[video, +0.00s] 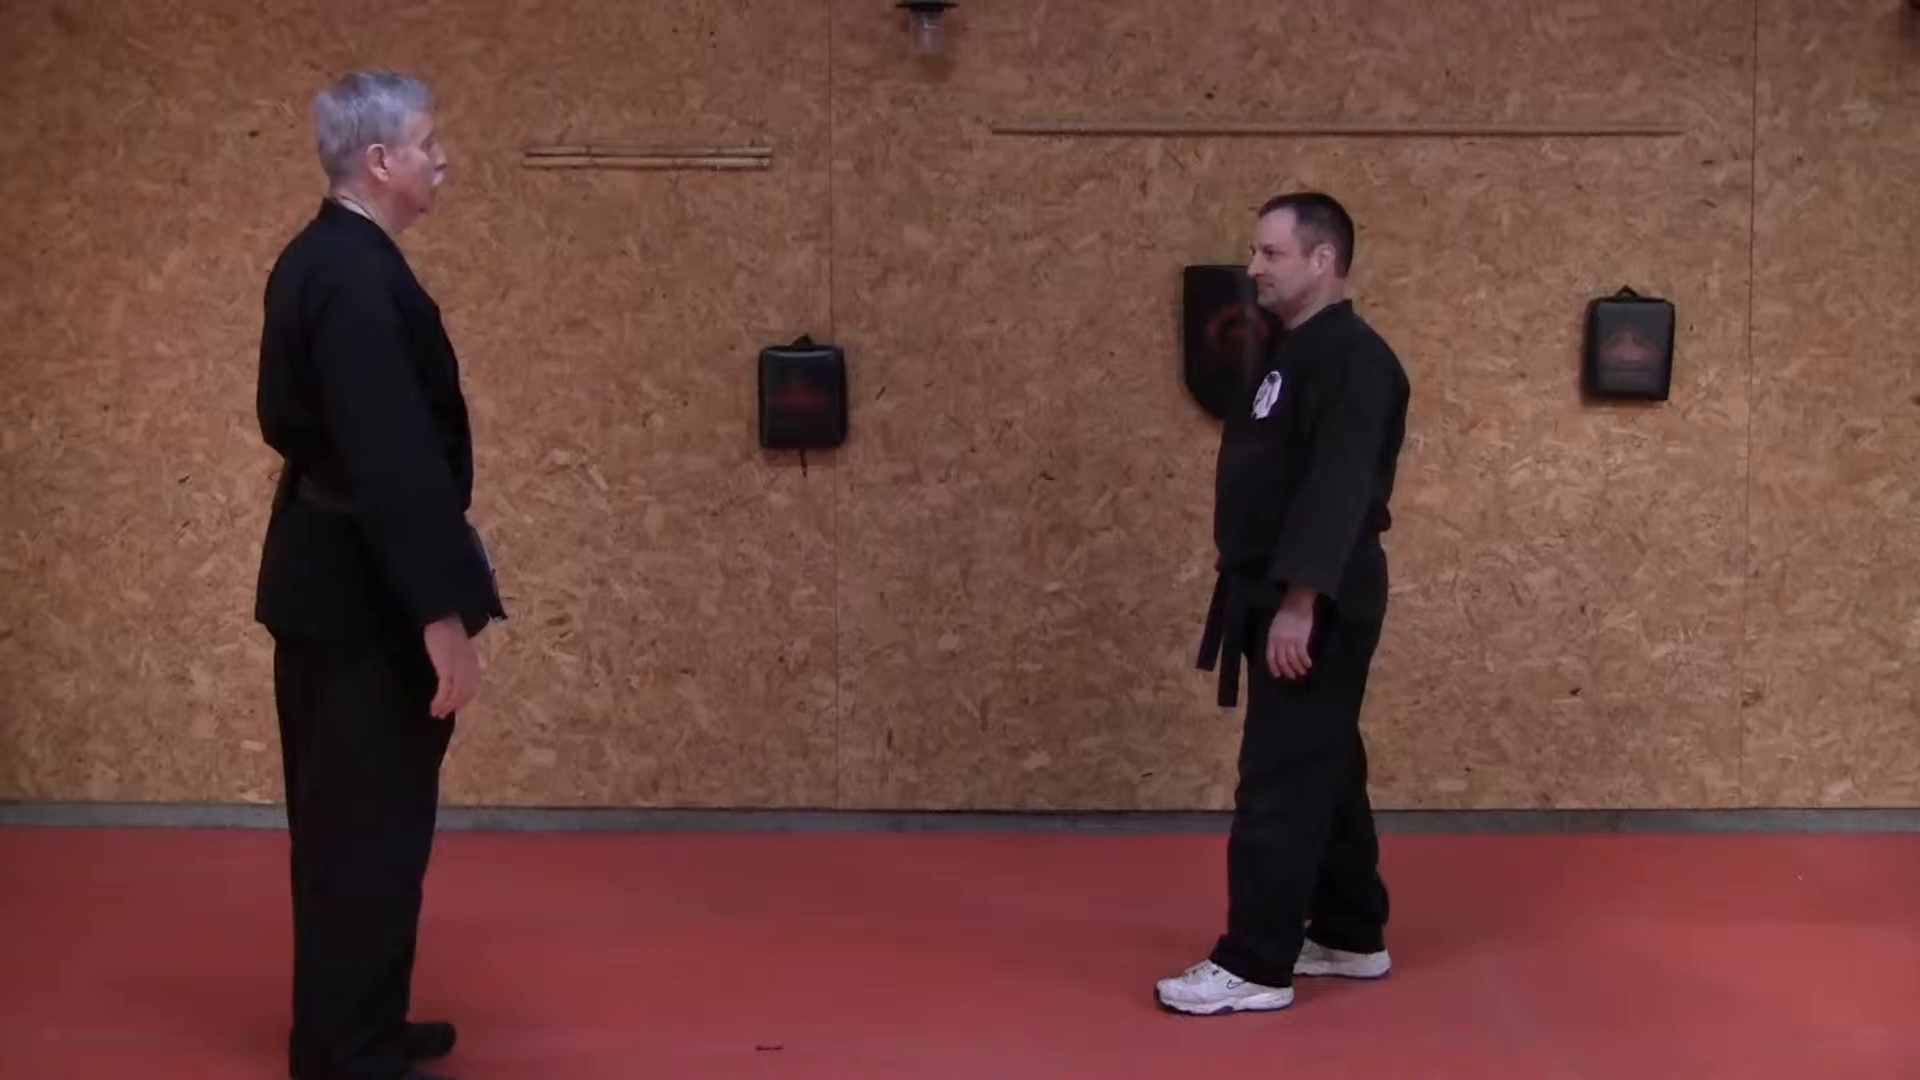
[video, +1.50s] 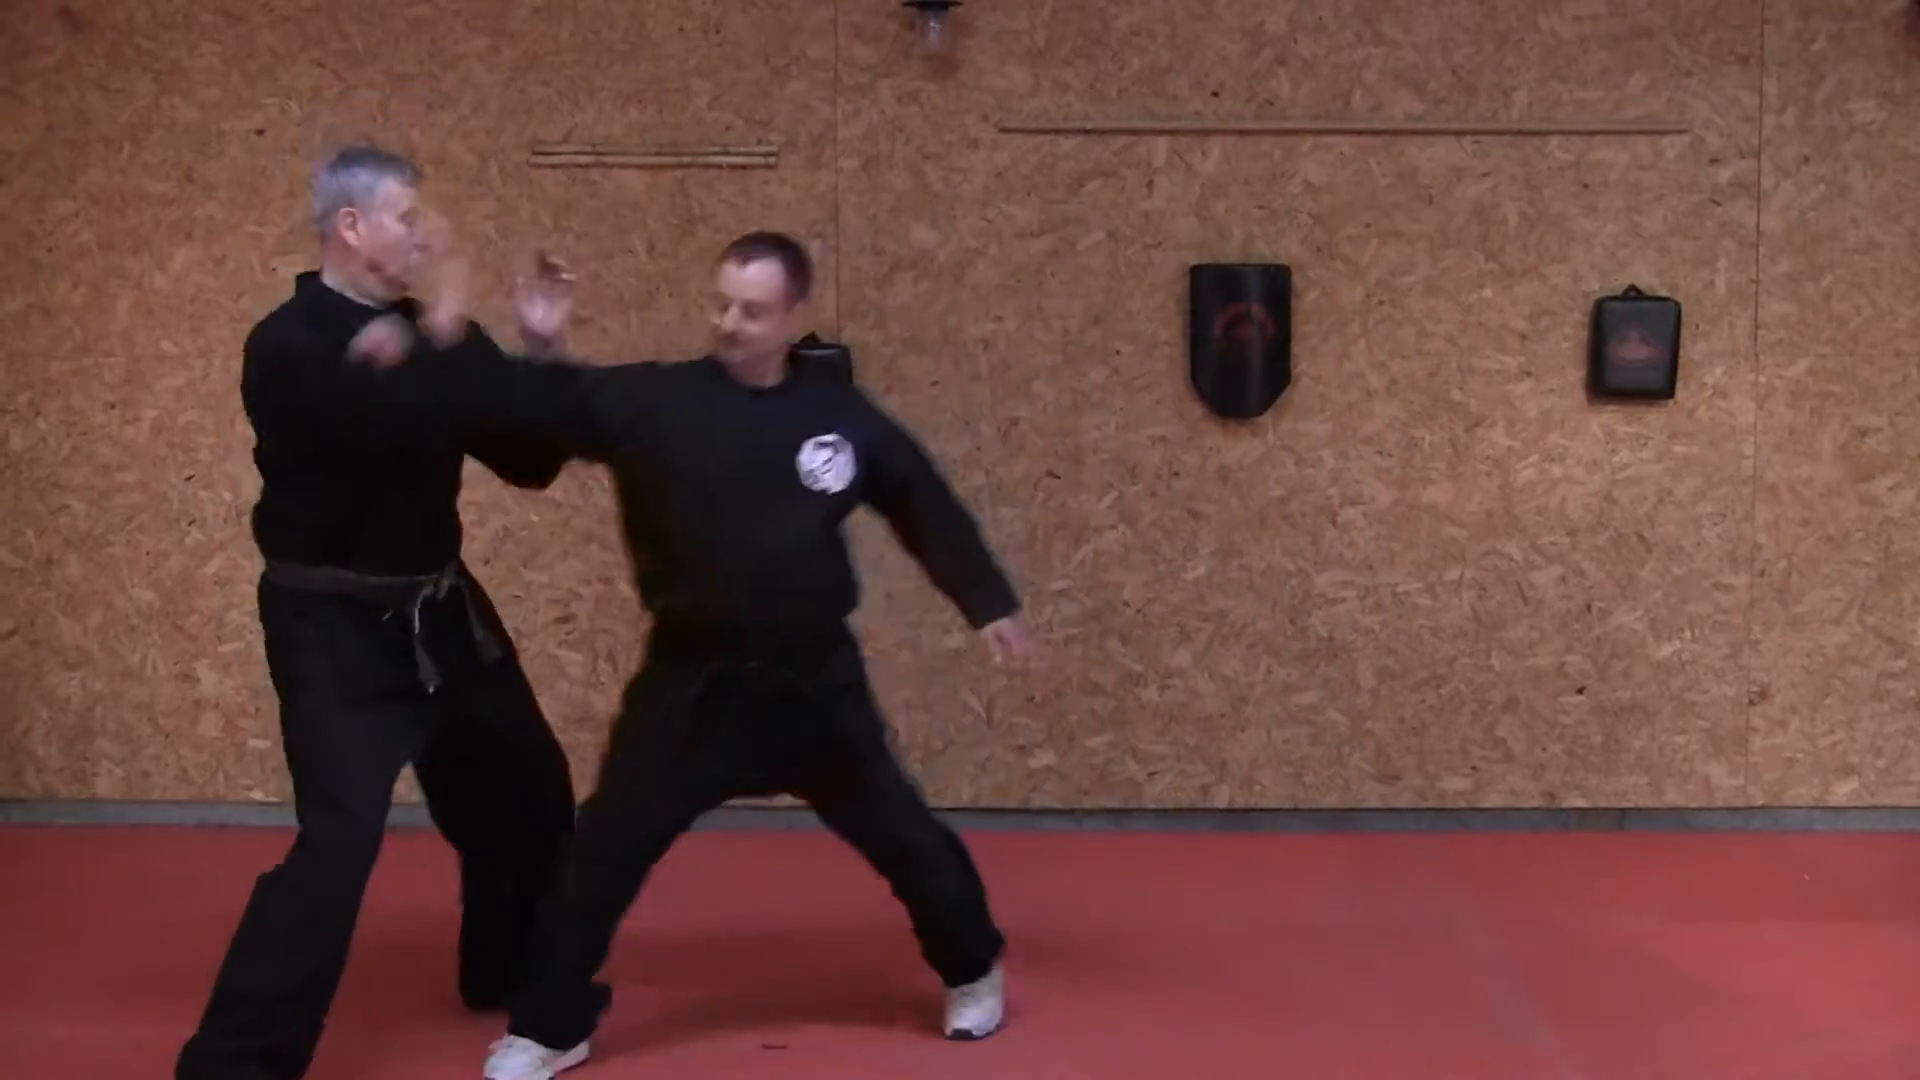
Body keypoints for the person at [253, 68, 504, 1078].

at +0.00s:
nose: (443, 163)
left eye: (437, 143)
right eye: (429, 145)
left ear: (361, 161)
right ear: (379, 160)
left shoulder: (317, 259)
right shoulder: (358, 274)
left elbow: (297, 428)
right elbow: (393, 459)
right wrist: (442, 617)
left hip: (330, 583)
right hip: (363, 596)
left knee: (354, 823)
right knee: (370, 830)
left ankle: (358, 1023)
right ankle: (344, 1042)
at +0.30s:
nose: (440, 162)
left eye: (435, 143)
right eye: (427, 145)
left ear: (359, 160)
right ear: (377, 159)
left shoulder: (315, 259)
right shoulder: (356, 273)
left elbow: (296, 430)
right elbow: (390, 460)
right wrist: (439, 620)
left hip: (329, 584)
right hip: (364, 596)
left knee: (353, 823)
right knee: (368, 830)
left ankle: (356, 1022)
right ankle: (345, 1042)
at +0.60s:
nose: (443, 163)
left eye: (438, 144)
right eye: (429, 145)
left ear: (361, 160)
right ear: (379, 159)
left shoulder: (314, 259)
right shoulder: (356, 271)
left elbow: (285, 423)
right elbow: (387, 457)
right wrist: (432, 618)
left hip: (325, 580)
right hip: (361, 593)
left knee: (346, 819)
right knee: (367, 827)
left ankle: (356, 1022)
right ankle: (344, 1041)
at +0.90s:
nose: (448, 170)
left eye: (444, 150)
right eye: (437, 153)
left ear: (372, 165)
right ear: (388, 164)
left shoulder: (328, 257)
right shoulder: (353, 271)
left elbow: (280, 422)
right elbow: (380, 458)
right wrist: (438, 615)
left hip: (329, 579)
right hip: (337, 590)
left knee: (362, 814)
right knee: (347, 821)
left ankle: (351, 1017)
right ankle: (306, 1037)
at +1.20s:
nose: (414, 204)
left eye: (410, 186)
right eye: (399, 188)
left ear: (334, 202)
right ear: (345, 200)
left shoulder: (287, 293)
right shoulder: (329, 310)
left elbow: (237, 424)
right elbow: (440, 439)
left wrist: (235, 522)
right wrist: (594, 542)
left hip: (366, 597)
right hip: (322, 609)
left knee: (489, 740)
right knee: (315, 860)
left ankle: (424, 962)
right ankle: (224, 1064)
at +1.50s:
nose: (424, 236)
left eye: (422, 218)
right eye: (406, 219)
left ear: (372, 229)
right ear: (351, 228)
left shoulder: (431, 337)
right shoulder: (286, 346)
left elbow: (528, 462)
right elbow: (382, 420)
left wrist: (540, 352)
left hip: (441, 606)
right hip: (331, 617)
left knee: (527, 793)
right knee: (340, 838)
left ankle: (506, 974)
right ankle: (232, 1064)